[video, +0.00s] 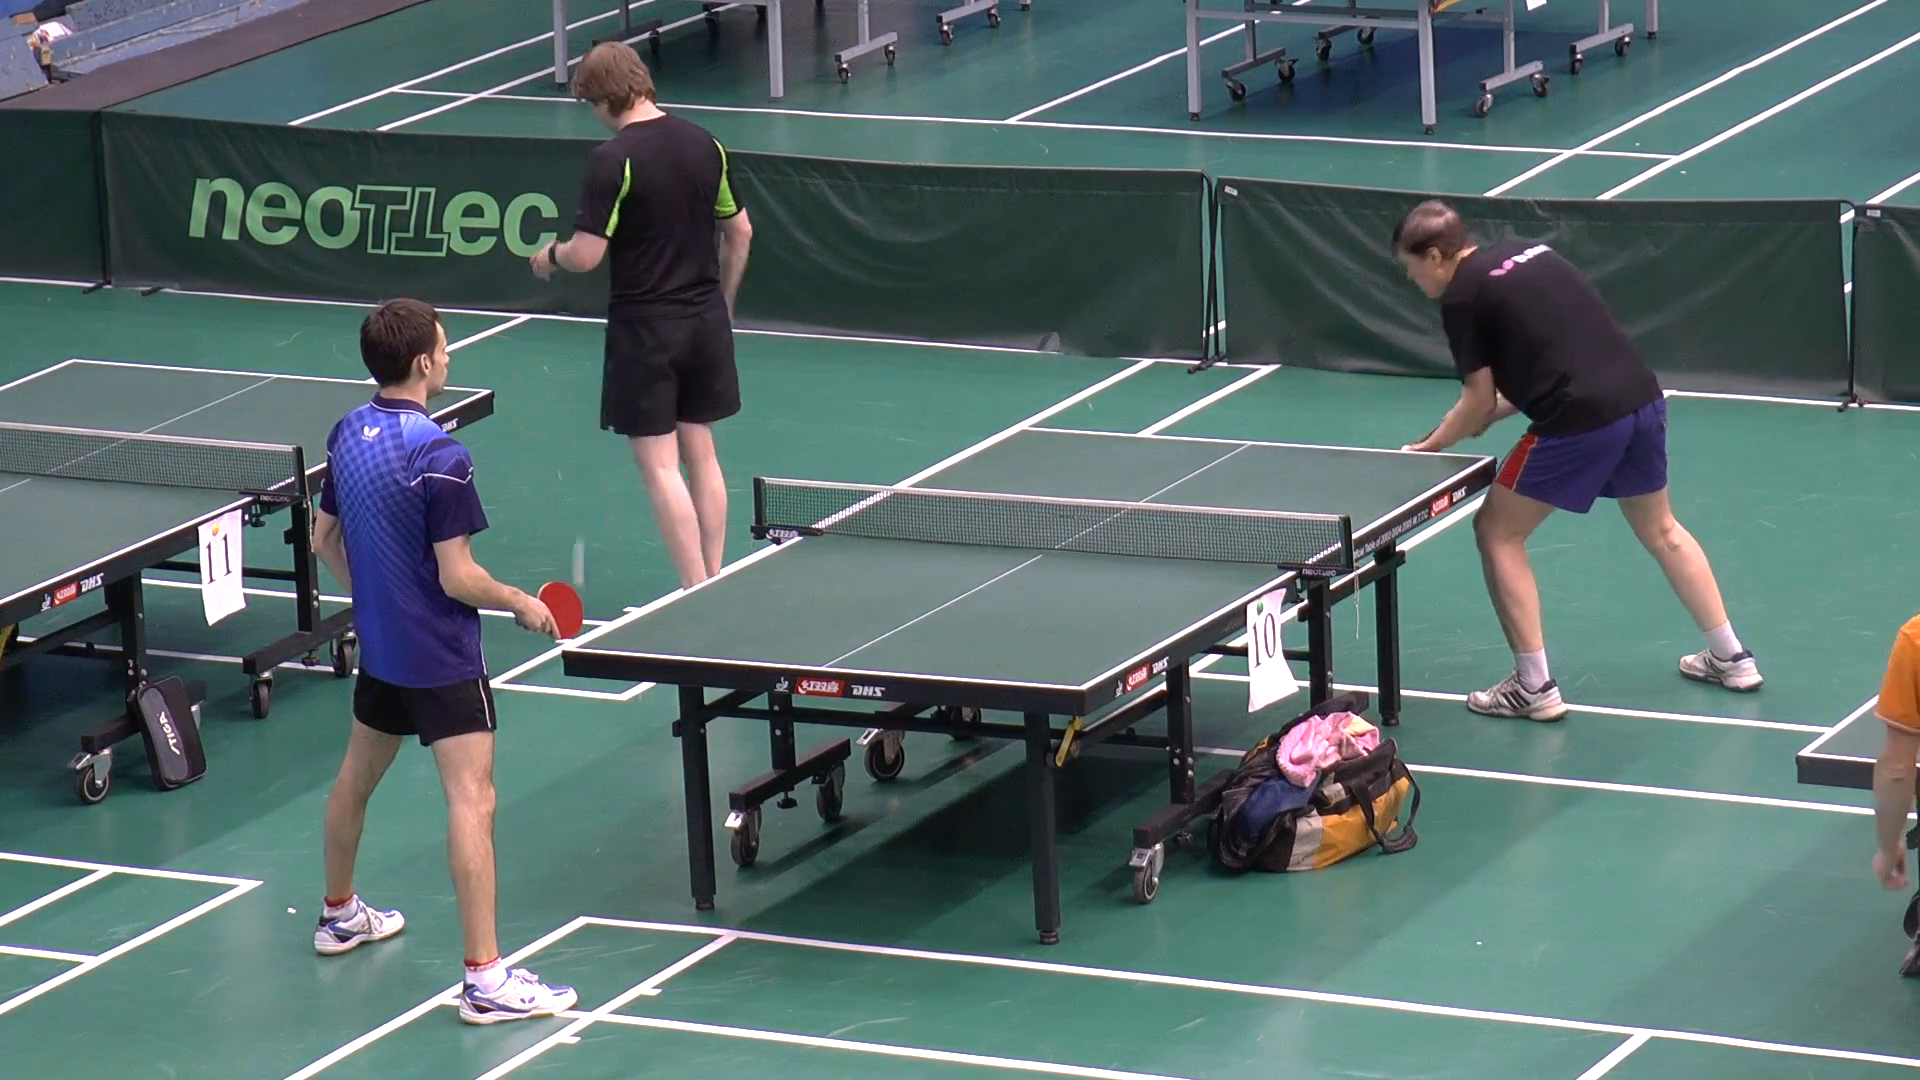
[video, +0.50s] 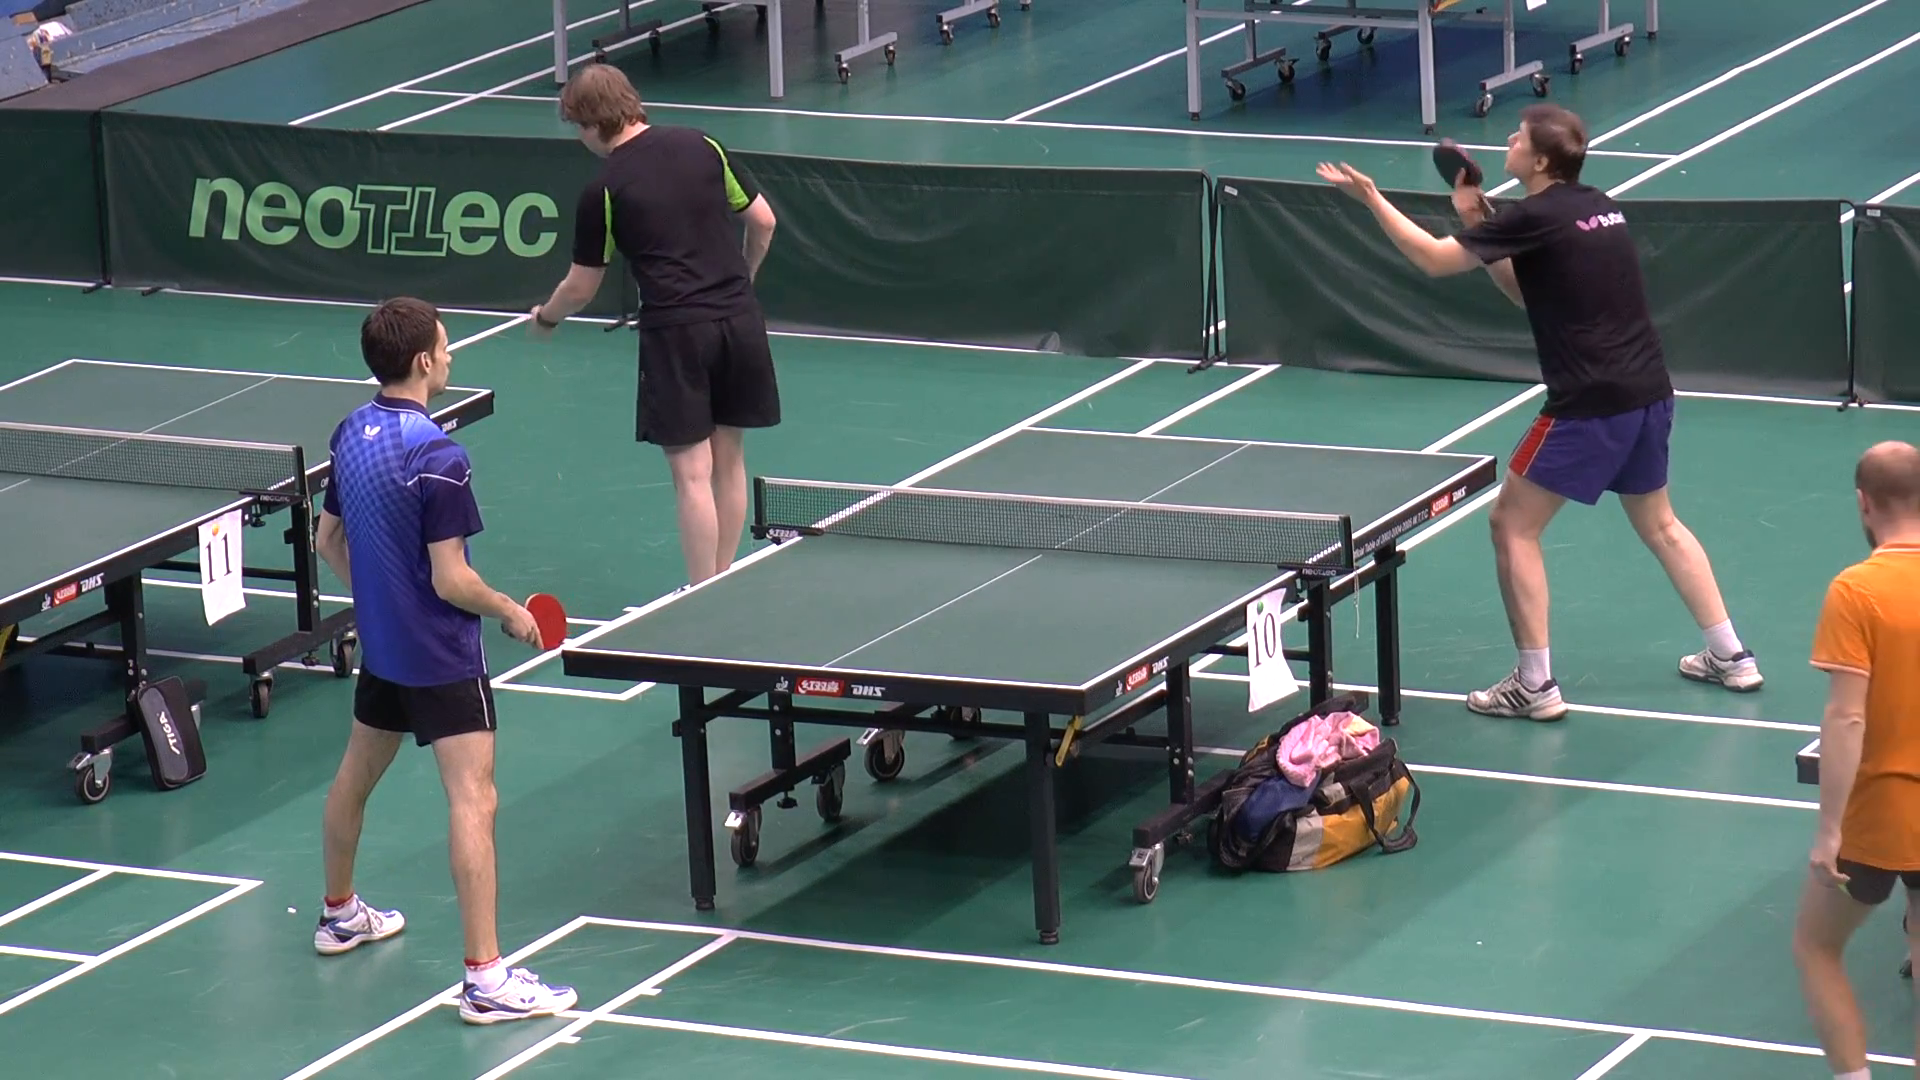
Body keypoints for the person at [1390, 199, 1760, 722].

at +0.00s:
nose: (1414, 279)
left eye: (1411, 267)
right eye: (1408, 269)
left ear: (1436, 256)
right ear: (1461, 243)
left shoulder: (1461, 296)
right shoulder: (1528, 253)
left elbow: (1480, 401)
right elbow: (1546, 361)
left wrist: (1442, 438)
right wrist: (1484, 416)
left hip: (1579, 419)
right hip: (1643, 399)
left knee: (1497, 532)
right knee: (1662, 529)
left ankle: (1533, 685)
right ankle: (1731, 655)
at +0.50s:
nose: (1509, 143)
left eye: (1518, 137)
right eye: (1515, 135)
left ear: (1538, 156)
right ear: (1565, 160)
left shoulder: (1532, 214)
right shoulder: (1598, 205)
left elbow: (1435, 258)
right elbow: (1529, 292)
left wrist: (1371, 198)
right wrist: (1478, 222)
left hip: (1587, 405)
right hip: (1649, 395)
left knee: (1513, 525)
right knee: (1662, 525)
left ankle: (1534, 683)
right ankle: (1731, 655)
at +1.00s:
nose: (1550, 125)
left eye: (1558, 119)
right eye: (1555, 116)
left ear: (1573, 141)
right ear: (1609, 144)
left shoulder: (1556, 209)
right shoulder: (1657, 196)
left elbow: (1560, 293)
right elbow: (1735, 244)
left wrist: (1527, 381)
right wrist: (1776, 261)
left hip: (1605, 395)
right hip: (1673, 388)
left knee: (1539, 521)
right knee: (1675, 516)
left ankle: (1535, 678)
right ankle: (1731, 644)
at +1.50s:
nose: (1470, 213)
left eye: (1477, 201)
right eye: (1469, 202)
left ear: (1515, 198)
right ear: (1521, 198)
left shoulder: (1551, 250)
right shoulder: (1560, 233)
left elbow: (1620, 323)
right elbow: (1550, 329)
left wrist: (1585, 411)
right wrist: (1500, 392)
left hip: (1635, 403)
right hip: (1669, 393)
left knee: (1535, 515)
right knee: (1650, 522)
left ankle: (1570, 666)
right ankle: (1727, 635)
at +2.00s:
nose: (1382, 229)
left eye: (1394, 218)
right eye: (1377, 218)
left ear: (1426, 213)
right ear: (1372, 216)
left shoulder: (1471, 262)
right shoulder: (1403, 259)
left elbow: (1554, 314)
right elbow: (1418, 326)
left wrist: (1582, 403)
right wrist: (1395, 384)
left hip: (1523, 396)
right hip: (1469, 392)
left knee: (1484, 525)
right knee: (1405, 491)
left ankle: (1568, 665)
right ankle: (1372, 595)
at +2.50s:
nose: (1353, 185)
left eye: (1365, 175)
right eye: (1347, 173)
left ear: (1394, 172)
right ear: (1339, 170)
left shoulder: (1438, 220)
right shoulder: (1335, 222)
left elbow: (1499, 286)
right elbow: (1288, 277)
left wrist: (1502, 363)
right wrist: (1292, 331)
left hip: (1457, 370)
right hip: (1374, 364)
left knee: (1500, 492)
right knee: (1306, 460)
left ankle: (1521, 589)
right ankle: (1304, 579)